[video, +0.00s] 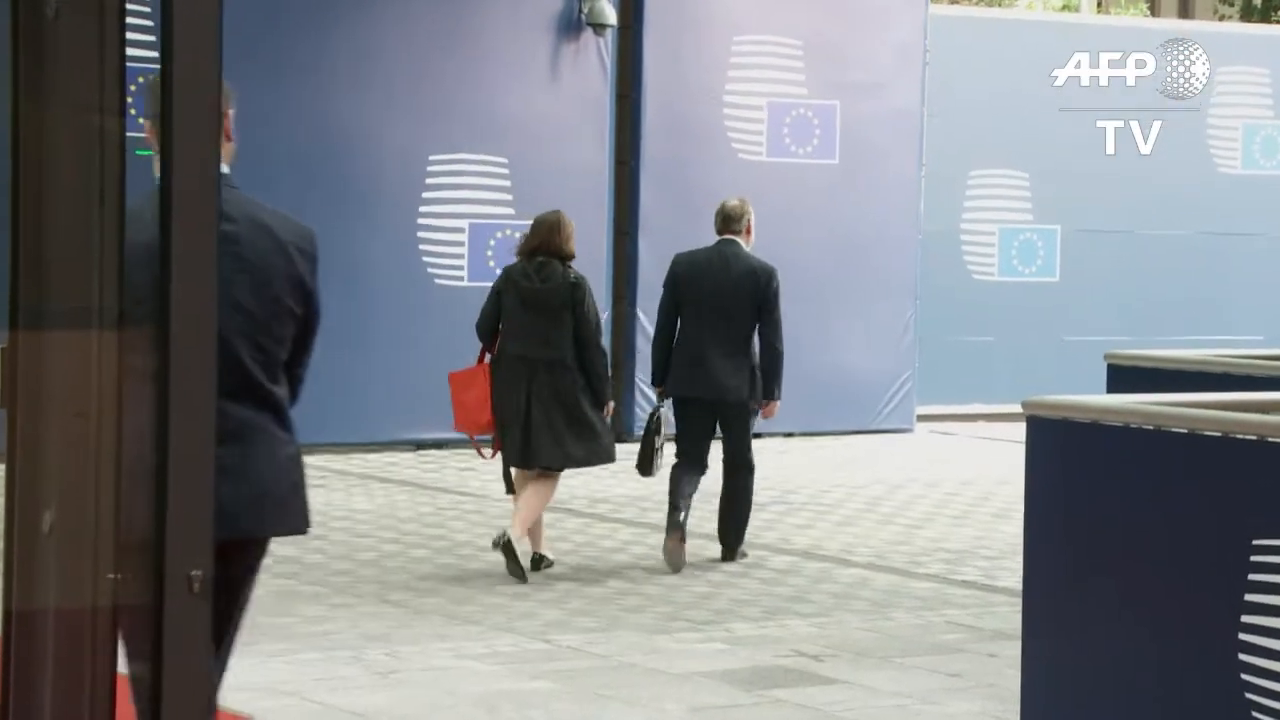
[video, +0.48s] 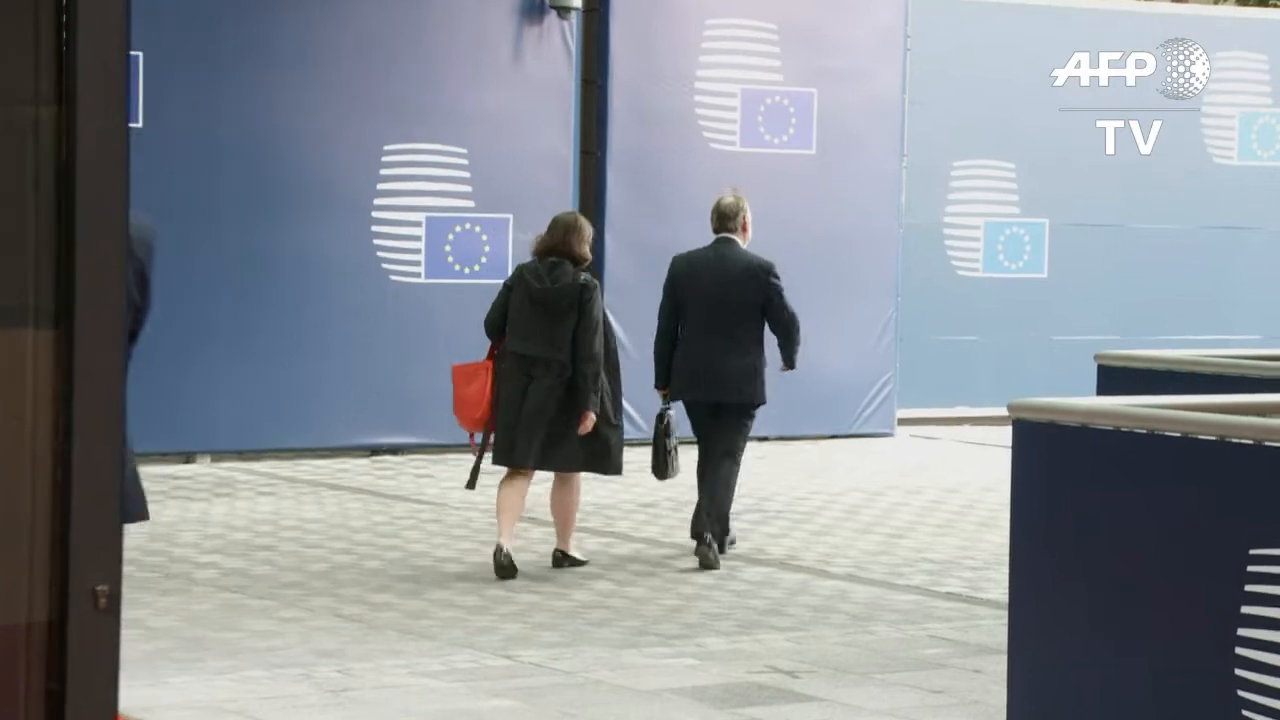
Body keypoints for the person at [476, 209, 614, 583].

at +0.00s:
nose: (574, 241)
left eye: (572, 234)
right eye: (571, 235)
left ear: (532, 237)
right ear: (565, 240)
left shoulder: (509, 277)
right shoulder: (574, 284)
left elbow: (485, 329)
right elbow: (591, 345)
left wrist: (504, 351)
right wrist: (605, 394)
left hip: (512, 382)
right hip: (558, 385)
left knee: (523, 469)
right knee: (548, 472)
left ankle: (539, 550)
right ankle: (514, 534)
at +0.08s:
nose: (574, 237)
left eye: (572, 230)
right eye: (572, 231)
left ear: (533, 232)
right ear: (566, 236)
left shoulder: (511, 271)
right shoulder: (575, 279)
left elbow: (486, 322)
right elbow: (589, 342)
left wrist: (503, 343)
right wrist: (596, 393)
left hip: (512, 383)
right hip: (557, 386)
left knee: (521, 466)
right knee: (560, 467)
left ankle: (530, 550)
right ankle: (525, 521)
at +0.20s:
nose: (576, 234)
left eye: (571, 227)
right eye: (574, 229)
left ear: (535, 228)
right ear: (569, 234)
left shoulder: (511, 268)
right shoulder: (575, 277)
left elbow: (485, 318)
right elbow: (585, 339)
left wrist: (507, 344)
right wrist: (588, 393)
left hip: (511, 379)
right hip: (557, 382)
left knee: (518, 464)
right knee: (566, 458)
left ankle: (523, 553)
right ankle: (549, 536)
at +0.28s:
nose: (580, 237)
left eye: (576, 230)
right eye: (578, 232)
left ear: (538, 231)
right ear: (573, 236)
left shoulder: (513, 269)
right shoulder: (577, 280)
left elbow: (486, 320)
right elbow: (583, 342)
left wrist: (507, 342)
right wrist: (586, 394)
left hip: (512, 384)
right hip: (559, 387)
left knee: (517, 465)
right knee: (566, 465)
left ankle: (516, 555)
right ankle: (565, 546)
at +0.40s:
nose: (587, 247)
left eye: (586, 241)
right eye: (584, 242)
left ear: (546, 238)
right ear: (574, 243)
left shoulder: (517, 276)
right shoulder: (581, 287)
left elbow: (489, 326)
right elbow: (585, 351)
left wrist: (511, 351)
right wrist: (586, 403)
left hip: (516, 388)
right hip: (562, 391)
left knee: (515, 472)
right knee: (567, 469)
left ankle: (507, 555)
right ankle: (571, 543)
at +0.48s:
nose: (590, 248)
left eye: (589, 242)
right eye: (588, 242)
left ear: (548, 237)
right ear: (580, 244)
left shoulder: (522, 276)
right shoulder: (586, 287)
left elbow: (493, 325)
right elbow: (589, 351)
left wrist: (515, 351)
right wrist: (590, 403)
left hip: (520, 387)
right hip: (567, 391)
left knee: (518, 470)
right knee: (568, 471)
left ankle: (503, 543)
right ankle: (564, 548)